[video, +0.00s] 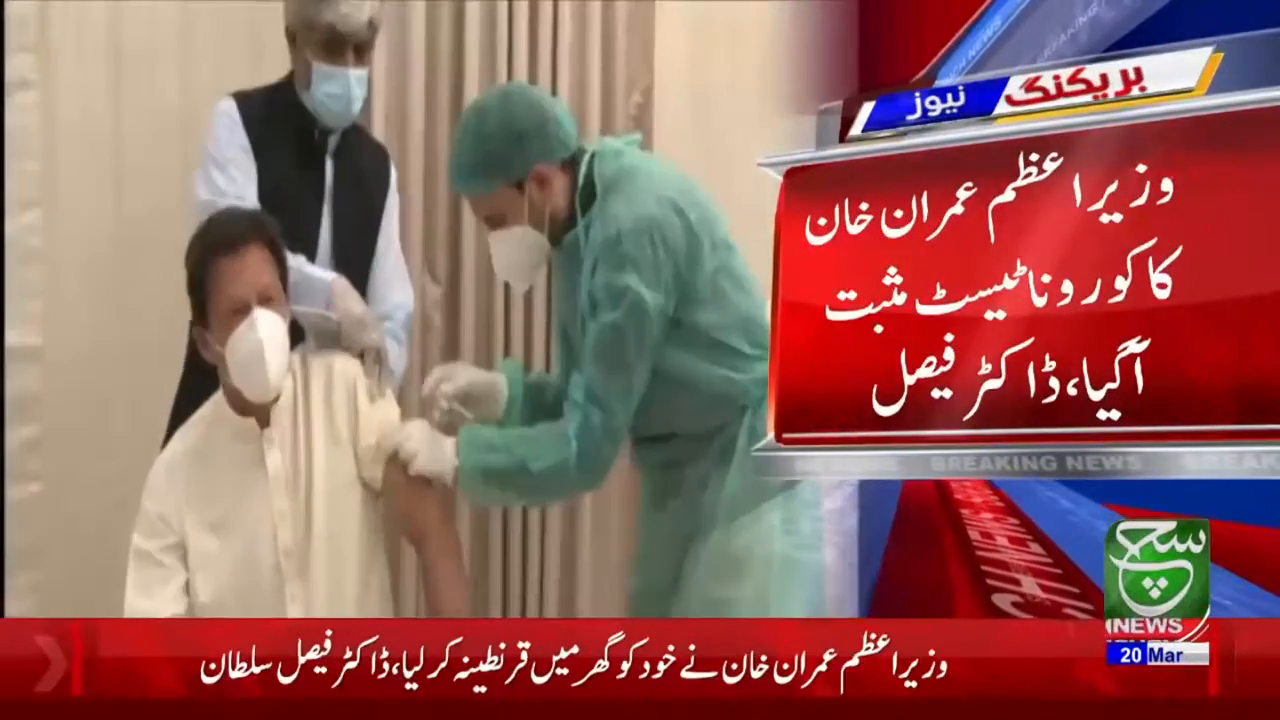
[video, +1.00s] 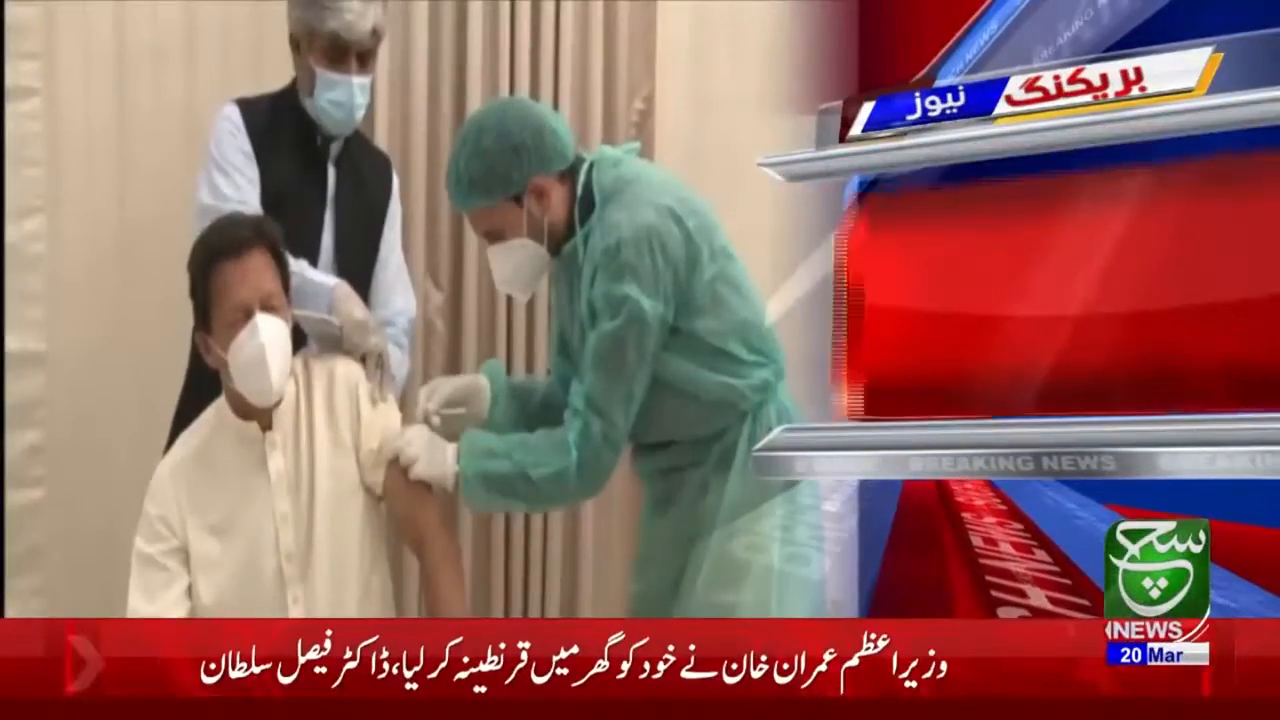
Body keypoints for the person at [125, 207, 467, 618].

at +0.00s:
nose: (260, 323)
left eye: (270, 303)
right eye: (238, 312)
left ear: (289, 310)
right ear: (208, 343)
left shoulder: (341, 386)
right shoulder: (178, 472)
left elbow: (431, 526)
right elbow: (153, 624)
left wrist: (457, 642)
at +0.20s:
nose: (261, 323)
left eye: (271, 304)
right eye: (240, 312)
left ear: (291, 310)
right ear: (209, 343)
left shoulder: (343, 386)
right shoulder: (179, 474)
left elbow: (432, 528)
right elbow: (155, 628)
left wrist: (457, 643)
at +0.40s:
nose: (262, 327)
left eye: (271, 308)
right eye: (240, 316)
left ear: (292, 316)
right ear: (208, 346)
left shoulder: (341, 393)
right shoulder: (183, 471)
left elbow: (430, 524)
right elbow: (154, 619)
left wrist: (451, 646)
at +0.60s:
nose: (262, 328)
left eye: (271, 308)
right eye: (241, 317)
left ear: (290, 312)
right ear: (209, 348)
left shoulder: (343, 389)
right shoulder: (178, 479)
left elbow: (429, 526)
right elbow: (157, 634)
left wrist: (455, 639)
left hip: (362, 666)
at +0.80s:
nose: (262, 329)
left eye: (271, 308)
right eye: (241, 317)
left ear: (291, 314)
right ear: (210, 348)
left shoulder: (343, 389)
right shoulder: (178, 479)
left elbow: (430, 527)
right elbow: (157, 635)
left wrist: (455, 640)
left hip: (362, 666)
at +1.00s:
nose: (262, 329)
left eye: (271, 309)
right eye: (241, 318)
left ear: (291, 312)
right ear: (210, 349)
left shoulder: (343, 389)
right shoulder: (178, 479)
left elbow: (430, 534)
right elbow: (157, 636)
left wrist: (454, 645)